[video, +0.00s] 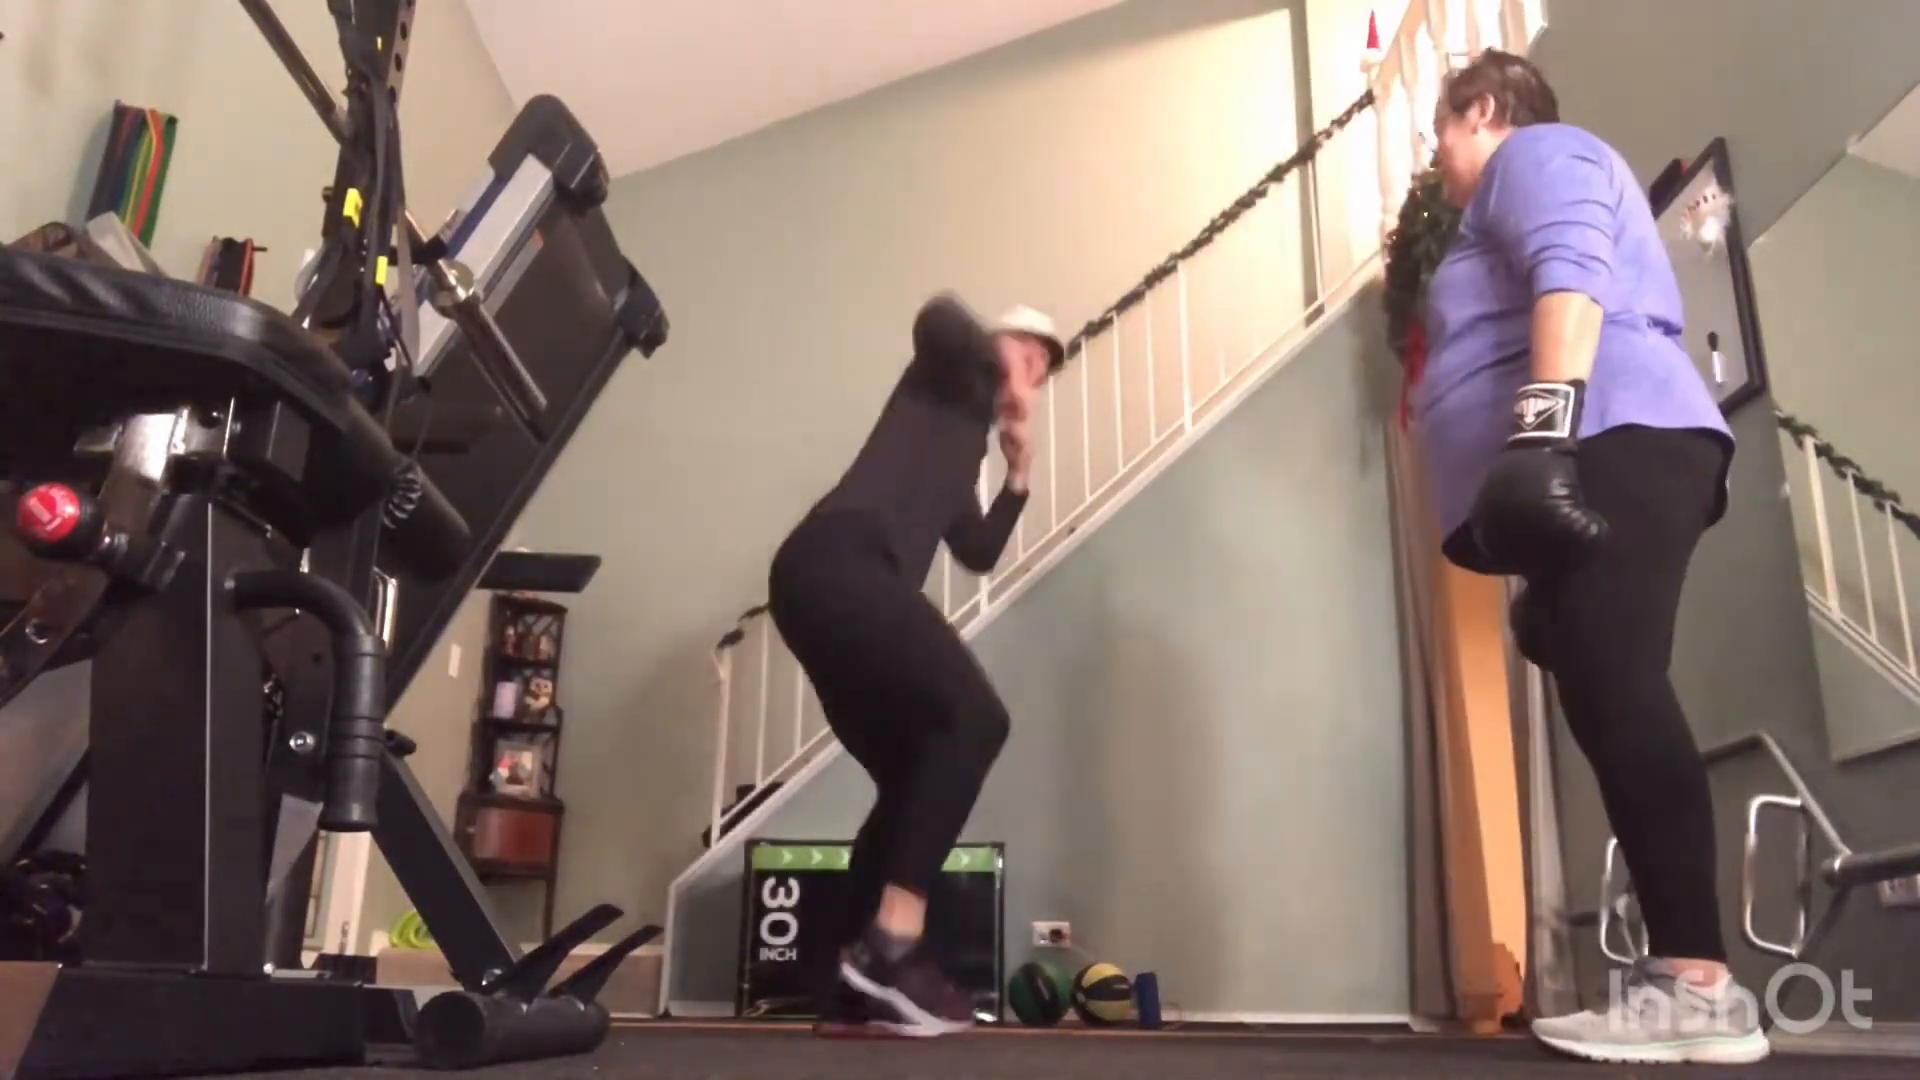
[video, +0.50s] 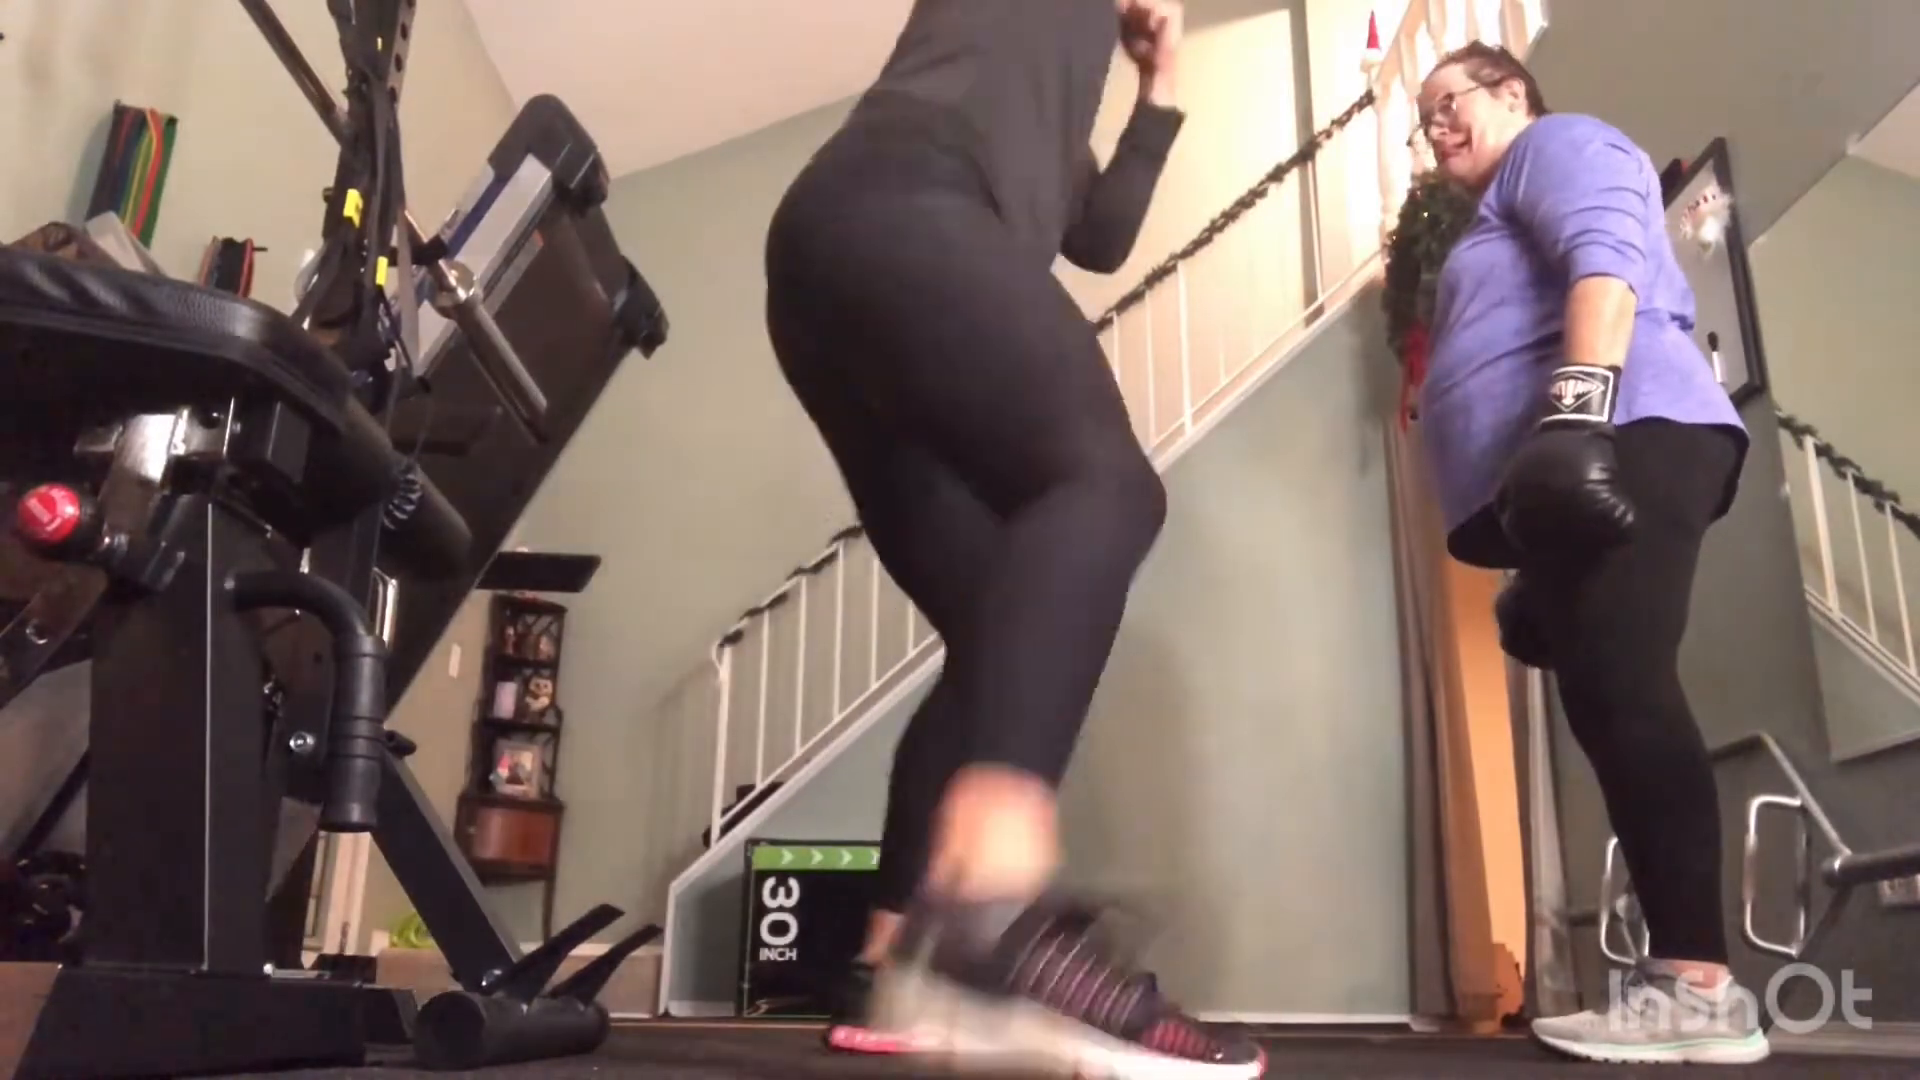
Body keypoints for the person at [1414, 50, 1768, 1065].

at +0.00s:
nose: (1433, 155)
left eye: (1441, 134)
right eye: (1432, 139)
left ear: (1488, 112)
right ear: (1498, 114)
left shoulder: (1542, 151)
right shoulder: (1496, 218)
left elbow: (1569, 274)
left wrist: (1539, 432)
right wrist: (1426, 257)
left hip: (1629, 432)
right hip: (1597, 451)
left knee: (1614, 677)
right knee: (1604, 693)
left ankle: (1698, 985)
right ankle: (1679, 979)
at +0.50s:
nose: (1437, 125)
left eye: (1453, 104)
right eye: (1426, 120)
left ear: (1515, 95)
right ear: (1437, 146)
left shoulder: (1560, 143)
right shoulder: (1481, 234)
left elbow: (1601, 260)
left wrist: (1576, 408)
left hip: (1640, 429)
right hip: (1580, 460)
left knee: (1621, 682)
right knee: (1603, 702)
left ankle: (1699, 984)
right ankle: (1682, 977)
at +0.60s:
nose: (1432, 129)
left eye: (1445, 106)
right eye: (1421, 124)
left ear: (1509, 95)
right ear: (1432, 150)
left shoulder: (1560, 143)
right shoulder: (1480, 234)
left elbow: (1612, 259)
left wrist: (1593, 411)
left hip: (1637, 434)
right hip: (1568, 472)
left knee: (1623, 684)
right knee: (1601, 708)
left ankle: (1699, 984)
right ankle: (1683, 977)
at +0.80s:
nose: (1426, 124)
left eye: (1440, 101)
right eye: (1412, 122)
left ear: (1500, 97)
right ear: (1416, 154)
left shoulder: (1548, 146)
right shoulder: (1455, 249)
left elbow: (1612, 262)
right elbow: (1486, 415)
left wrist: (1594, 411)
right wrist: (1510, 557)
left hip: (1628, 429)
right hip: (1542, 494)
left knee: (1615, 680)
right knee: (1594, 704)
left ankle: (1693, 975)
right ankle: (1683, 968)